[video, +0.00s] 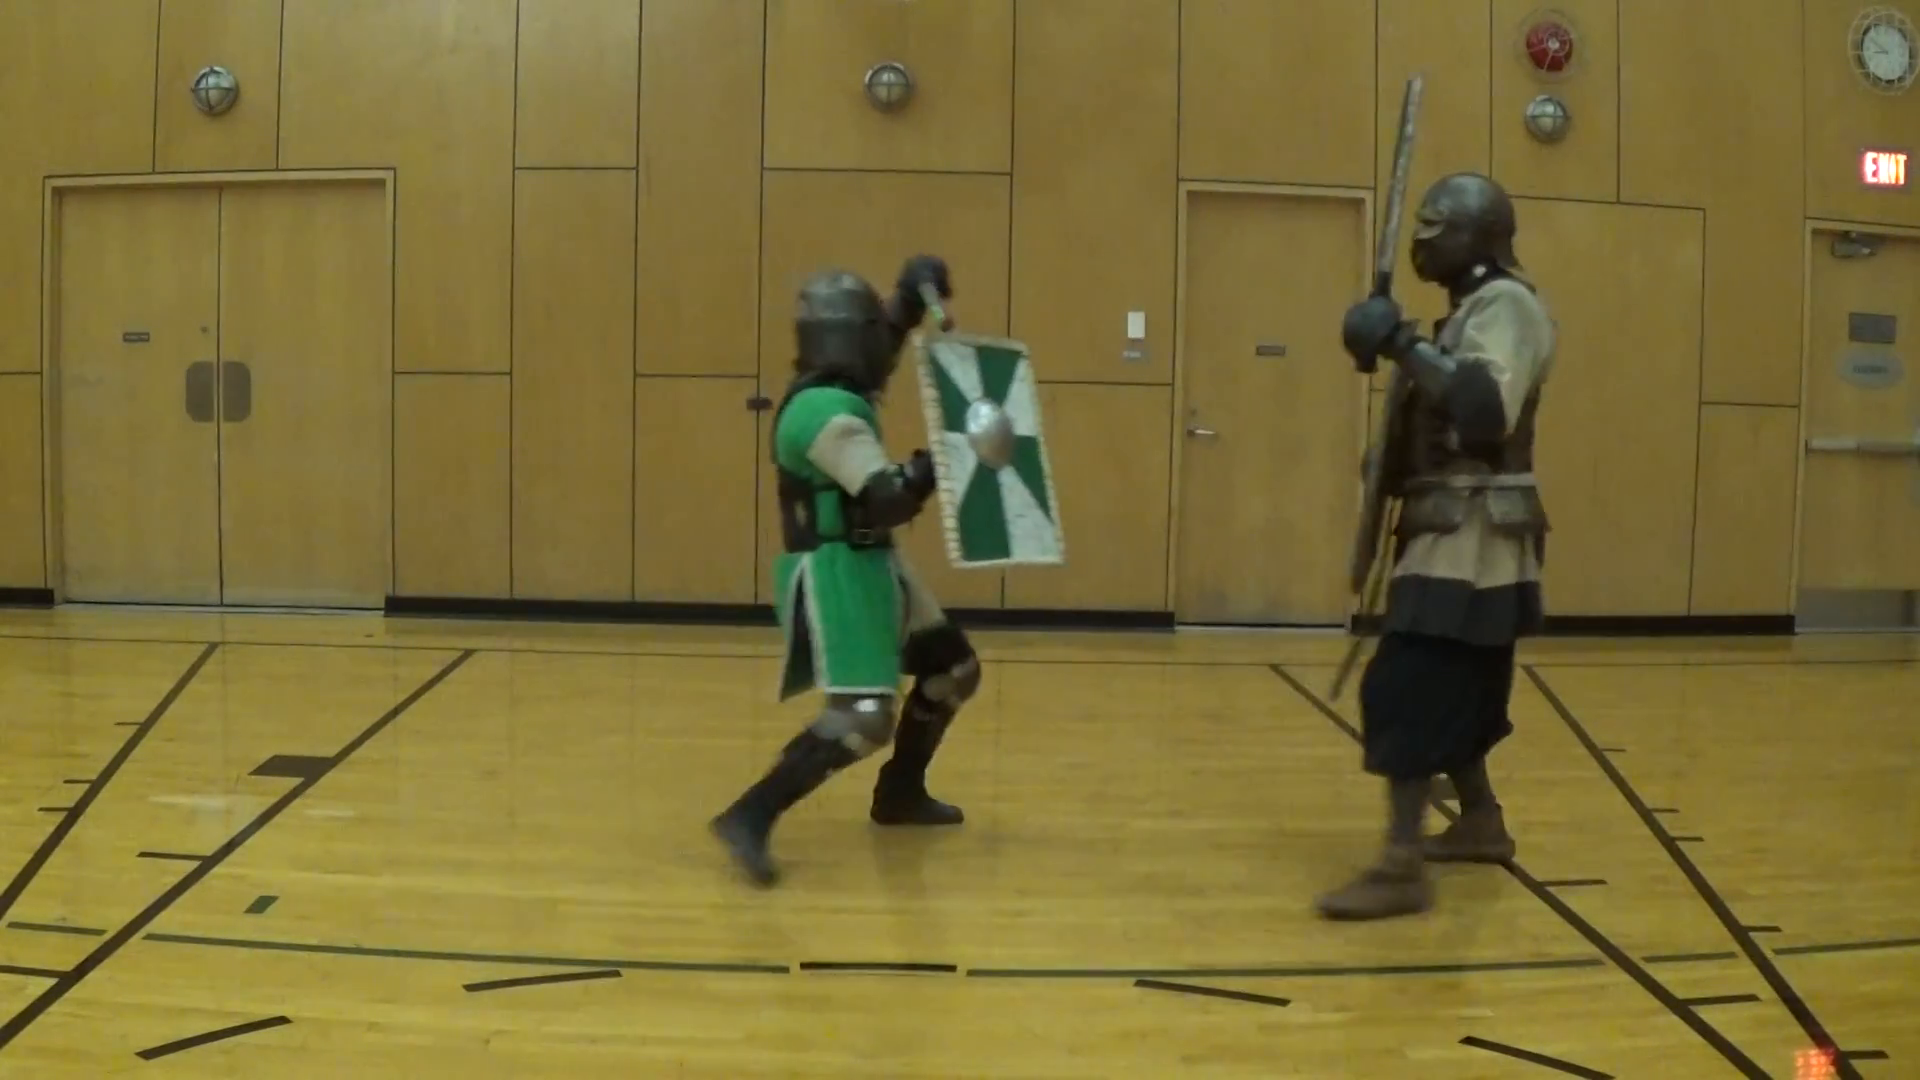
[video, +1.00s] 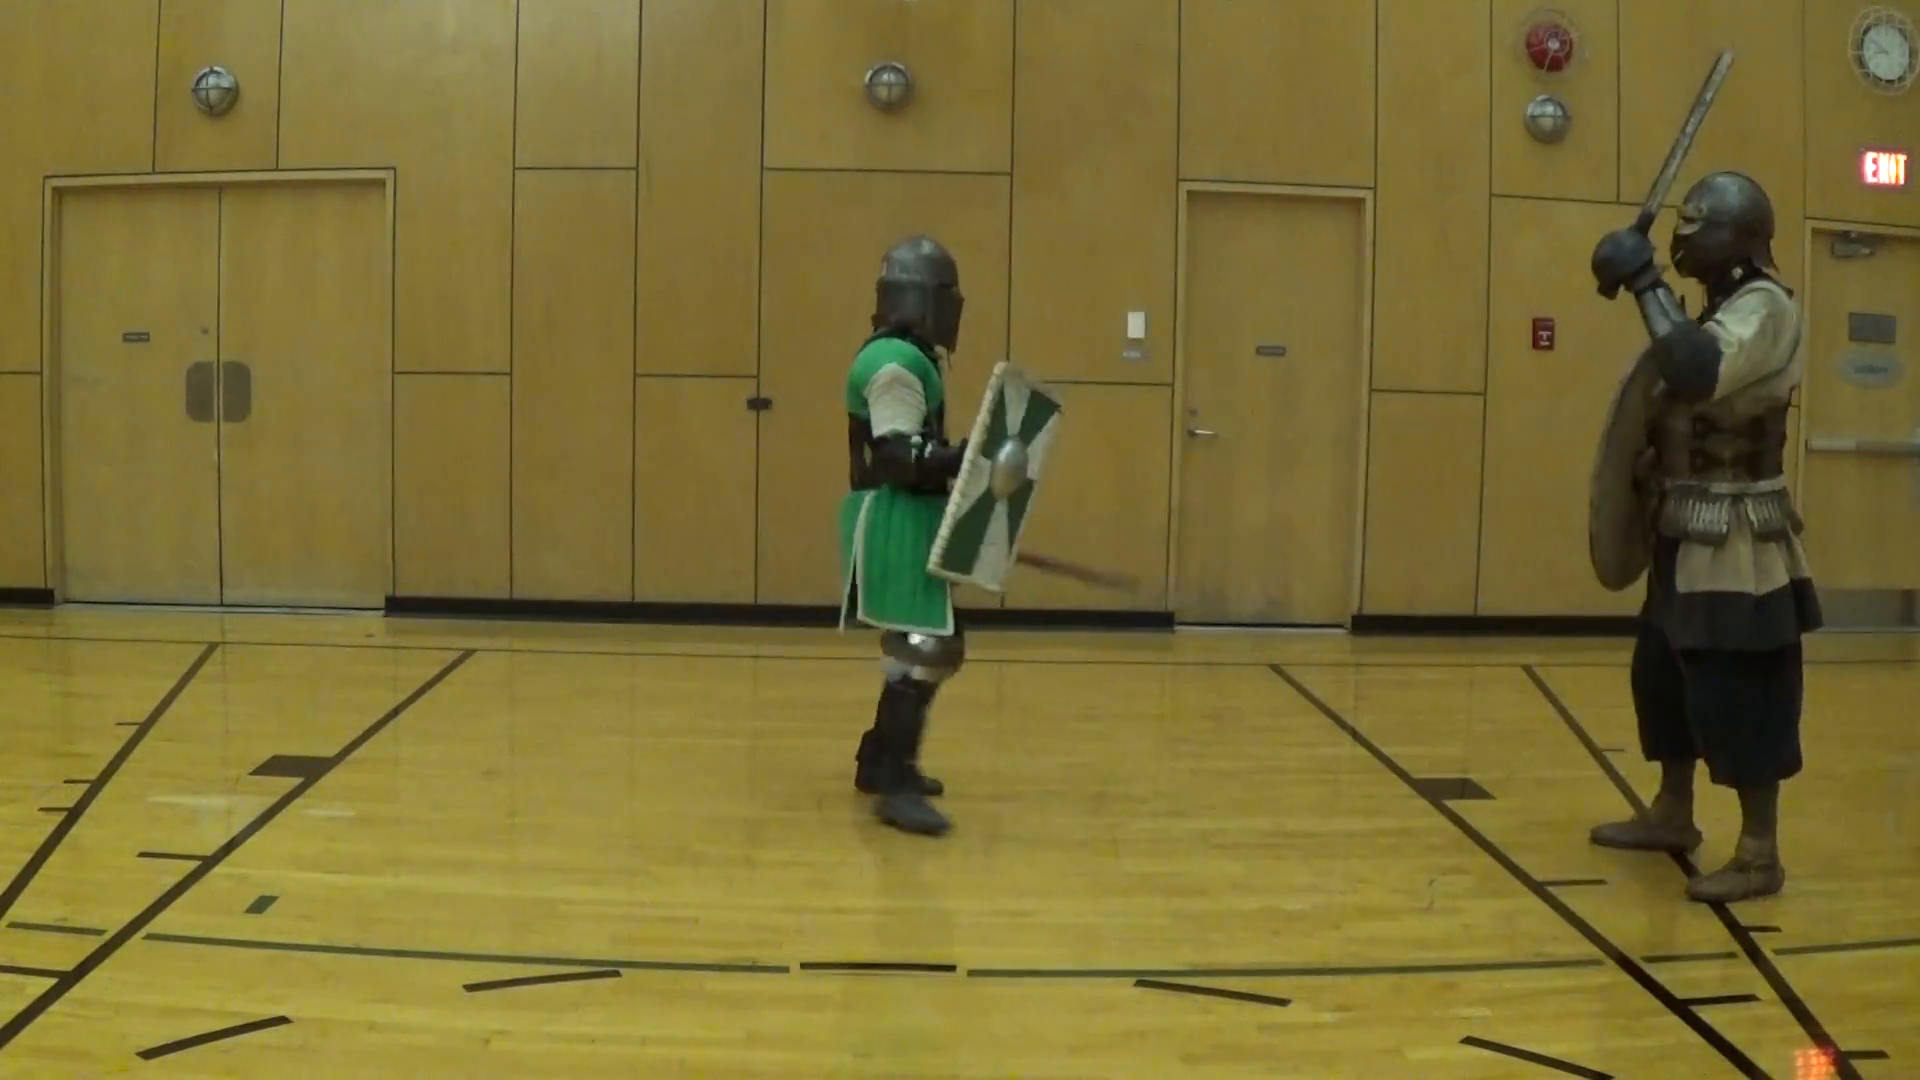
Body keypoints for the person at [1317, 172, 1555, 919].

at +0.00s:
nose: (1420, 238)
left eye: (1436, 227)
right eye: (1421, 225)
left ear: (1484, 239)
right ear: (1466, 240)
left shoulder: (1504, 308)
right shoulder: (1469, 311)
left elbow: (1480, 404)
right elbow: (1439, 396)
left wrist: (1405, 344)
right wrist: (1391, 344)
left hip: (1471, 543)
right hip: (1454, 538)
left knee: (1401, 687)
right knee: (1449, 681)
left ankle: (1400, 865)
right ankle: (1481, 818)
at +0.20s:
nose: (1486, 238)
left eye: (1500, 226)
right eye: (1490, 226)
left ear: (1544, 238)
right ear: (1535, 239)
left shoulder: (1573, 311)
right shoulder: (1536, 311)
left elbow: (1509, 398)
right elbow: (1498, 390)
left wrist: (1454, 333)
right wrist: (1445, 333)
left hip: (1537, 540)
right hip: (1497, 537)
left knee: (1519, 685)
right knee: (1454, 671)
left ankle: (1617, 833)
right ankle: (1482, 822)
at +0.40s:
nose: (1559, 250)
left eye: (1575, 239)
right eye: (1563, 238)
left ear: (1620, 251)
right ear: (1612, 252)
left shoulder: (1639, 326)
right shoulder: (1610, 324)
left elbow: (1556, 417)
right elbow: (1565, 411)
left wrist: (1516, 350)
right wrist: (1529, 355)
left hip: (1609, 558)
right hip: (1563, 552)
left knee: (1643, 698)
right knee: (1499, 677)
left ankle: (1742, 834)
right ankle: (1484, 823)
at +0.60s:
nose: (1622, 251)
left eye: (1638, 238)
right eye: (1625, 237)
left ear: (1683, 250)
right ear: (1676, 252)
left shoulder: (1707, 328)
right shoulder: (1674, 325)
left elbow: (1627, 424)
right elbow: (1628, 413)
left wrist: (1585, 353)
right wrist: (1584, 355)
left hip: (1699, 560)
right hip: (1647, 555)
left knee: (1715, 707)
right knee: (1574, 674)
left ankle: (1756, 855)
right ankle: (1535, 818)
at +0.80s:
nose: (1664, 237)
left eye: (1680, 226)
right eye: (1668, 225)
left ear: (1727, 238)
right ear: (1710, 242)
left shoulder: (1754, 312)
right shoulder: (1711, 315)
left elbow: (1667, 389)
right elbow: (1664, 387)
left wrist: (1624, 310)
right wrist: (1623, 315)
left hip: (1733, 539)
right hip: (1677, 535)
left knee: (1736, 688)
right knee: (1627, 662)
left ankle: (1757, 854)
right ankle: (1653, 805)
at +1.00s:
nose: (1682, 232)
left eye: (1698, 222)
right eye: (1683, 221)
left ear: (1745, 237)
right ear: (1707, 238)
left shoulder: (1766, 305)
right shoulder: (1718, 305)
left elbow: (1695, 369)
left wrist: (1648, 281)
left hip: (1742, 541)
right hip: (1687, 536)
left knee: (1747, 693)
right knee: (1662, 675)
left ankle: (1759, 856)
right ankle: (1673, 814)